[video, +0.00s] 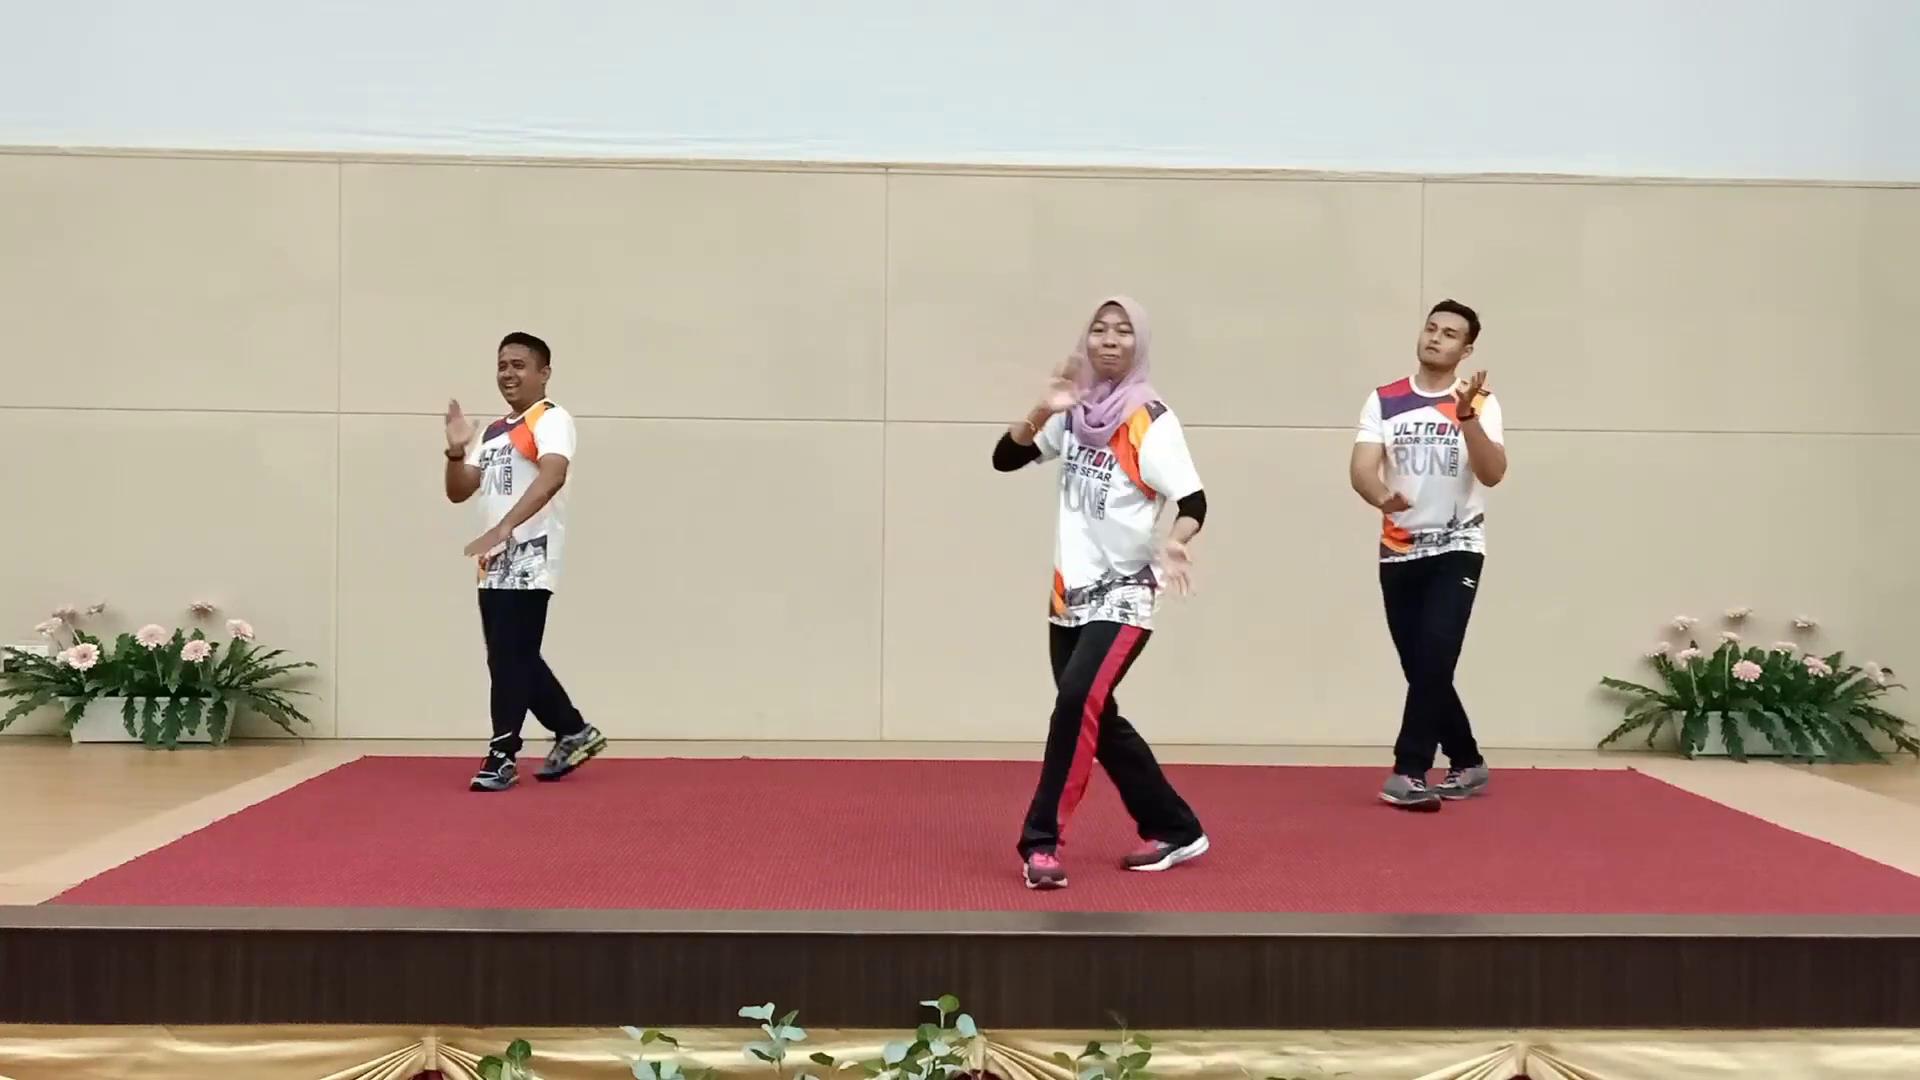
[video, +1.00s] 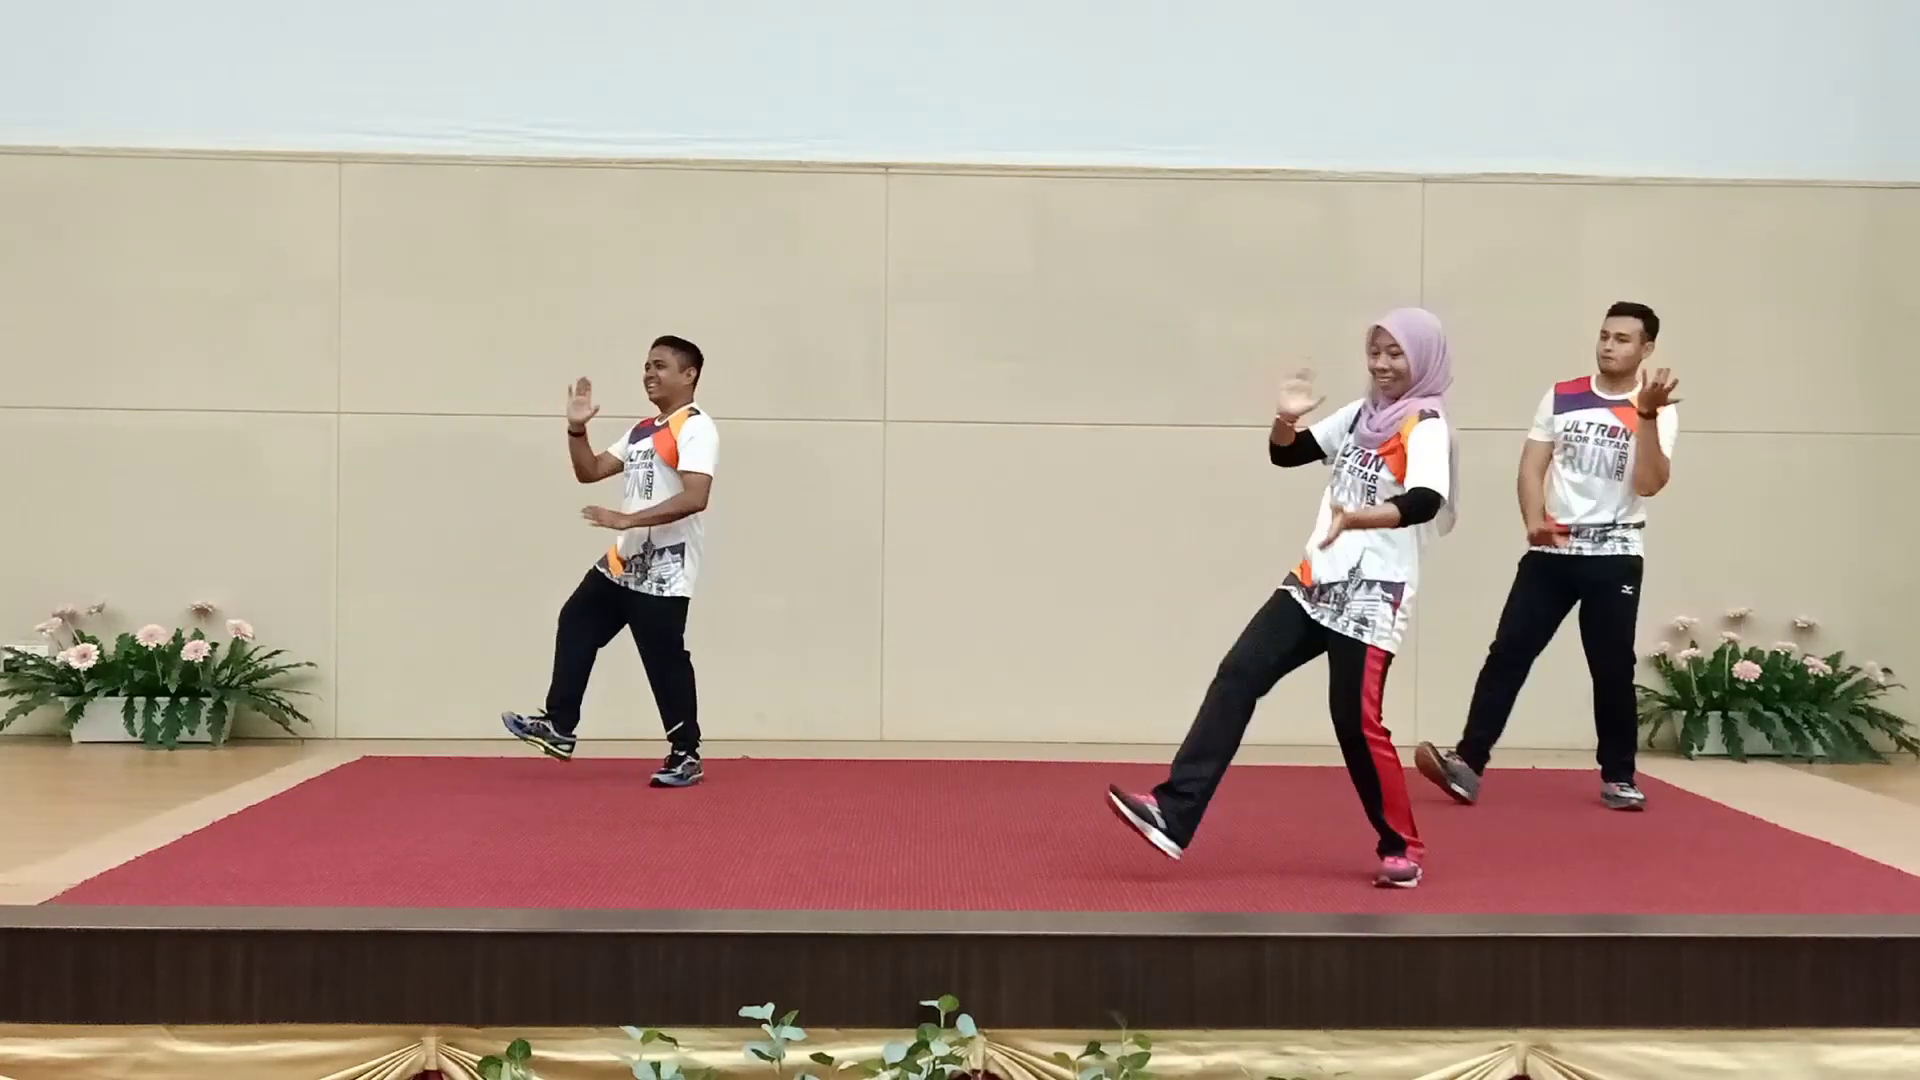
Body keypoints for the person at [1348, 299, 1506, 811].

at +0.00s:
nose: (1436, 338)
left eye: (1450, 334)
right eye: (1432, 329)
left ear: (1466, 349)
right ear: (1419, 336)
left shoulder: (1477, 403)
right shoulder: (1383, 401)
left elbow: (1492, 475)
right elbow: (1362, 470)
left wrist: (1469, 419)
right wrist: (1383, 497)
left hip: (1457, 546)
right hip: (1401, 550)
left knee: (1433, 660)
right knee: (1421, 667)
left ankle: (1410, 774)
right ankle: (1468, 763)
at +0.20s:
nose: (1469, 337)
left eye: (1482, 332)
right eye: (1464, 327)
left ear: (1499, 346)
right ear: (1452, 333)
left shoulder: (1513, 402)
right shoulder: (1418, 397)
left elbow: (1528, 479)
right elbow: (1393, 465)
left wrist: (1491, 448)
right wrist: (1408, 471)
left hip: (1488, 545)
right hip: (1430, 550)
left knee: (1481, 647)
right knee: (1438, 659)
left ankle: (1484, 766)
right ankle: (1464, 765)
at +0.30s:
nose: (1488, 330)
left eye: (1502, 326)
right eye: (1484, 321)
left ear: (1518, 340)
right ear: (1472, 327)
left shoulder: (1531, 398)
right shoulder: (1437, 387)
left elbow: (1542, 477)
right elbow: (1405, 457)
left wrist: (1506, 471)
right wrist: (1415, 434)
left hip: (1505, 541)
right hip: (1445, 545)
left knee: (1510, 641)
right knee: (1451, 661)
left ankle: (1540, 761)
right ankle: (1468, 768)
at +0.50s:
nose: (1531, 330)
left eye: (1545, 326)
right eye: (1527, 321)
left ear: (1565, 340)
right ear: (1517, 328)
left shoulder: (1576, 401)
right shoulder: (1490, 386)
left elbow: (1577, 484)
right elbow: (1447, 437)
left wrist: (1544, 502)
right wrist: (1473, 390)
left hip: (1546, 551)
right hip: (1483, 549)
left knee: (1577, 658)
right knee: (1469, 658)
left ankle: (1618, 773)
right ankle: (1468, 768)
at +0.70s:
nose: (1575, 333)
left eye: (1588, 328)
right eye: (1572, 324)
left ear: (1612, 341)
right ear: (1563, 331)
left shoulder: (1624, 403)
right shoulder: (1536, 385)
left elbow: (1617, 485)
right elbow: (1492, 443)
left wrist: (1584, 470)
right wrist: (1532, 398)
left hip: (1588, 551)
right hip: (1525, 543)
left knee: (1599, 663)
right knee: (1476, 636)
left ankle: (1619, 777)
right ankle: (1466, 750)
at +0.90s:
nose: (1599, 331)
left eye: (1612, 325)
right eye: (1596, 322)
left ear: (1637, 336)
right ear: (1588, 328)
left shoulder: (1649, 399)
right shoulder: (1557, 386)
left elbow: (1637, 477)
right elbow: (1514, 455)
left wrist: (1628, 419)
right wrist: (1542, 461)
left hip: (1609, 544)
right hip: (1546, 536)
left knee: (1612, 662)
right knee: (1489, 626)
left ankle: (1620, 777)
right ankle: (1459, 742)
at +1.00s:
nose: (1610, 346)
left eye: (1623, 339)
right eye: (1606, 336)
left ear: (1646, 349)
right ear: (1597, 340)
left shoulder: (1656, 410)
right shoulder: (1561, 397)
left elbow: (1649, 484)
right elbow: (1530, 469)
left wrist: (1647, 415)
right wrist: (1535, 522)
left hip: (1614, 554)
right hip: (1552, 549)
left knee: (1613, 671)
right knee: (1508, 652)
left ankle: (1619, 778)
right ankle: (1468, 765)